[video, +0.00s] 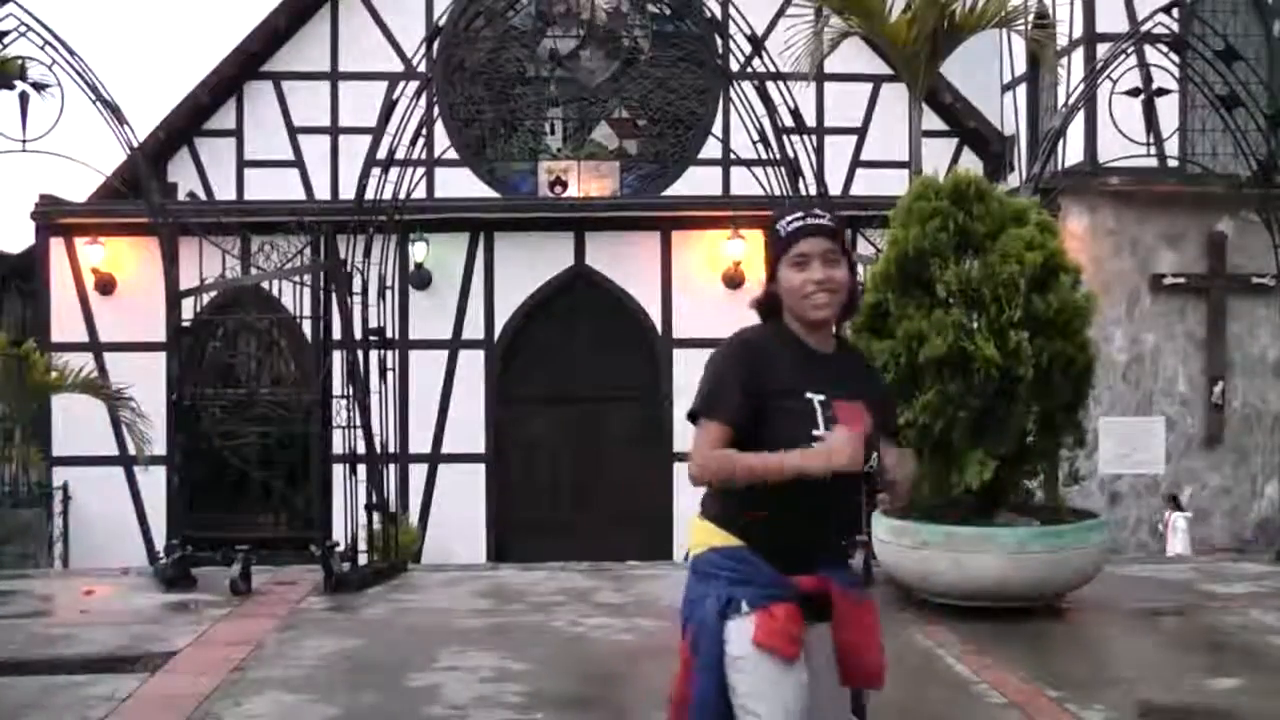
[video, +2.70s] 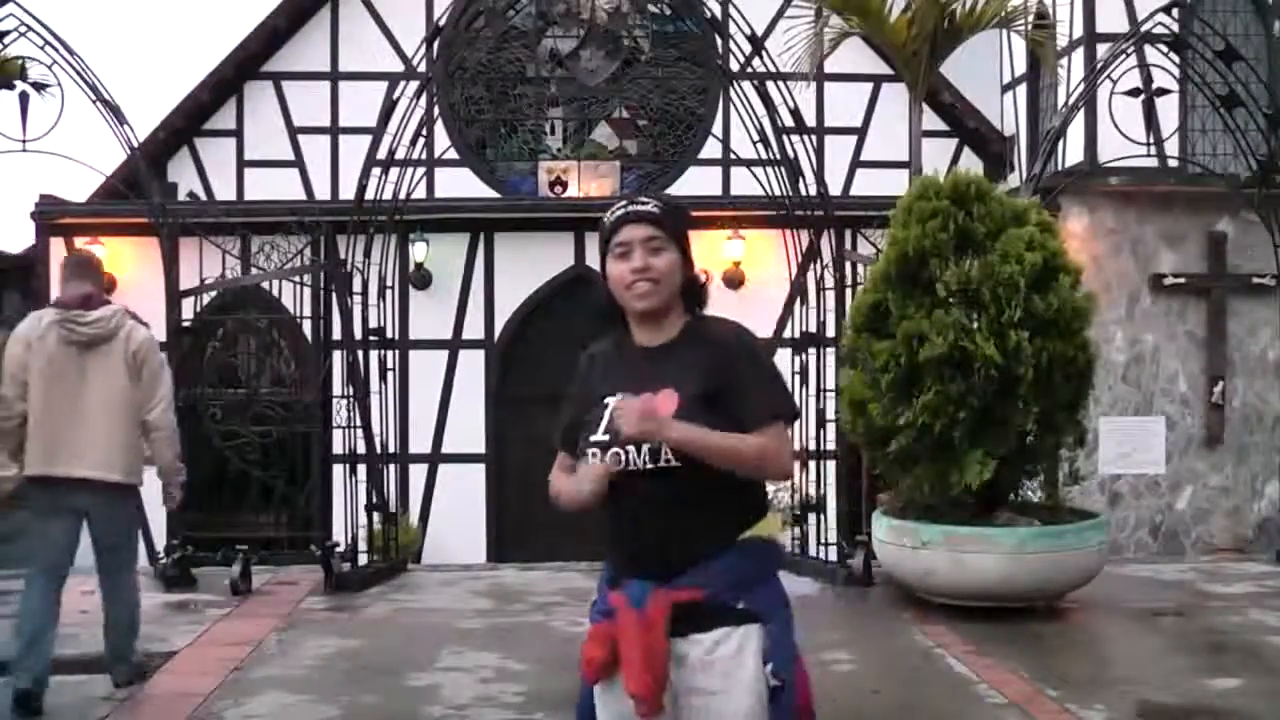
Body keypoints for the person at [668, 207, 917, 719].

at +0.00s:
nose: (819, 277)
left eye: (831, 262)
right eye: (800, 264)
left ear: (851, 275)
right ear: (775, 281)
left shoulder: (857, 367)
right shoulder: (746, 354)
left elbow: (885, 452)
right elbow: (703, 463)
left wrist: (895, 472)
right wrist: (814, 459)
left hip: (828, 572)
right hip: (745, 571)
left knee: (836, 710)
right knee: (772, 708)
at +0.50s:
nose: (749, 298)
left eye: (760, 278)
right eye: (727, 285)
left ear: (778, 283)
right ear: (698, 301)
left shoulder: (789, 359)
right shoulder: (680, 389)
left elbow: (827, 438)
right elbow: (665, 534)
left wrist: (858, 465)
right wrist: (782, 516)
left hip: (773, 608)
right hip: (701, 620)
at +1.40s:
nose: (775, 283)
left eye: (789, 266)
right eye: (755, 270)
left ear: (810, 279)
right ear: (730, 288)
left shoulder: (833, 376)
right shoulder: (691, 371)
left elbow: (880, 480)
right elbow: (647, 481)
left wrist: (855, 528)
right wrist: (755, 473)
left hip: (792, 591)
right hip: (696, 590)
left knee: (809, 704)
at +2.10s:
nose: (768, 264)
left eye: (784, 252)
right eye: (752, 255)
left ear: (809, 270)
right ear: (733, 277)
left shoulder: (849, 368)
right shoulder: (701, 354)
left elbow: (887, 479)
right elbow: (645, 460)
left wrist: (798, 489)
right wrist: (707, 430)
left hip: (810, 599)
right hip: (701, 594)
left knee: (818, 710)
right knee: (675, 709)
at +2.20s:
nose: (739, 265)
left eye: (755, 252)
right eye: (723, 256)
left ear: (781, 270)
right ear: (705, 280)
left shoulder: (825, 362)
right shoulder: (677, 362)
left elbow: (862, 478)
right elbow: (628, 467)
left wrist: (786, 434)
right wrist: (672, 486)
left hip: (795, 599)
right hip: (687, 599)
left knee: (808, 711)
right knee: (661, 711)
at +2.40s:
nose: (685, 268)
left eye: (701, 254)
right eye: (668, 258)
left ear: (729, 271)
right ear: (651, 281)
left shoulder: (777, 362)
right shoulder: (631, 367)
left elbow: (828, 469)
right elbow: (599, 459)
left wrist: (726, 466)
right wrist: (601, 497)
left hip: (761, 596)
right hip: (650, 599)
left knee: (823, 709)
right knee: (610, 709)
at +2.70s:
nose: (639, 264)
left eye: (655, 248)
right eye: (622, 253)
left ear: (684, 260)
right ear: (606, 272)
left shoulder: (731, 345)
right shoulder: (598, 362)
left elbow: (778, 459)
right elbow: (561, 483)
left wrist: (665, 429)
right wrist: (587, 483)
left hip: (729, 590)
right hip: (629, 593)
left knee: (766, 709)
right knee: (607, 709)